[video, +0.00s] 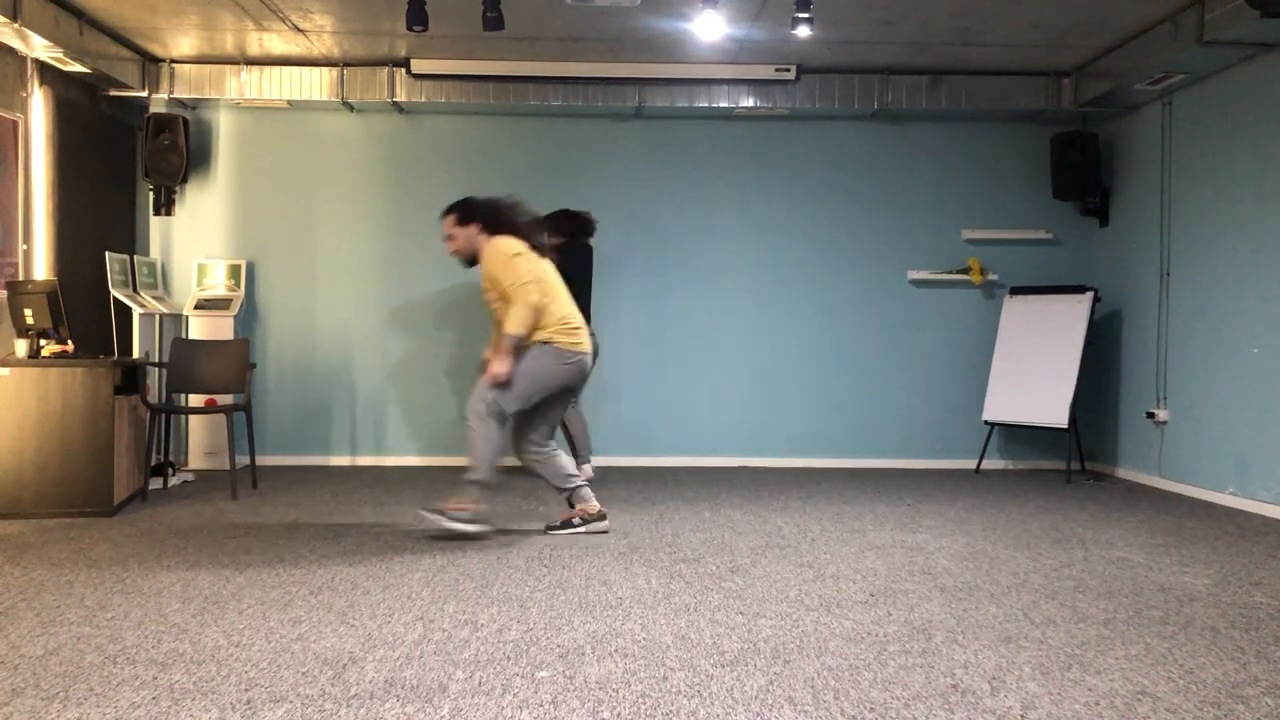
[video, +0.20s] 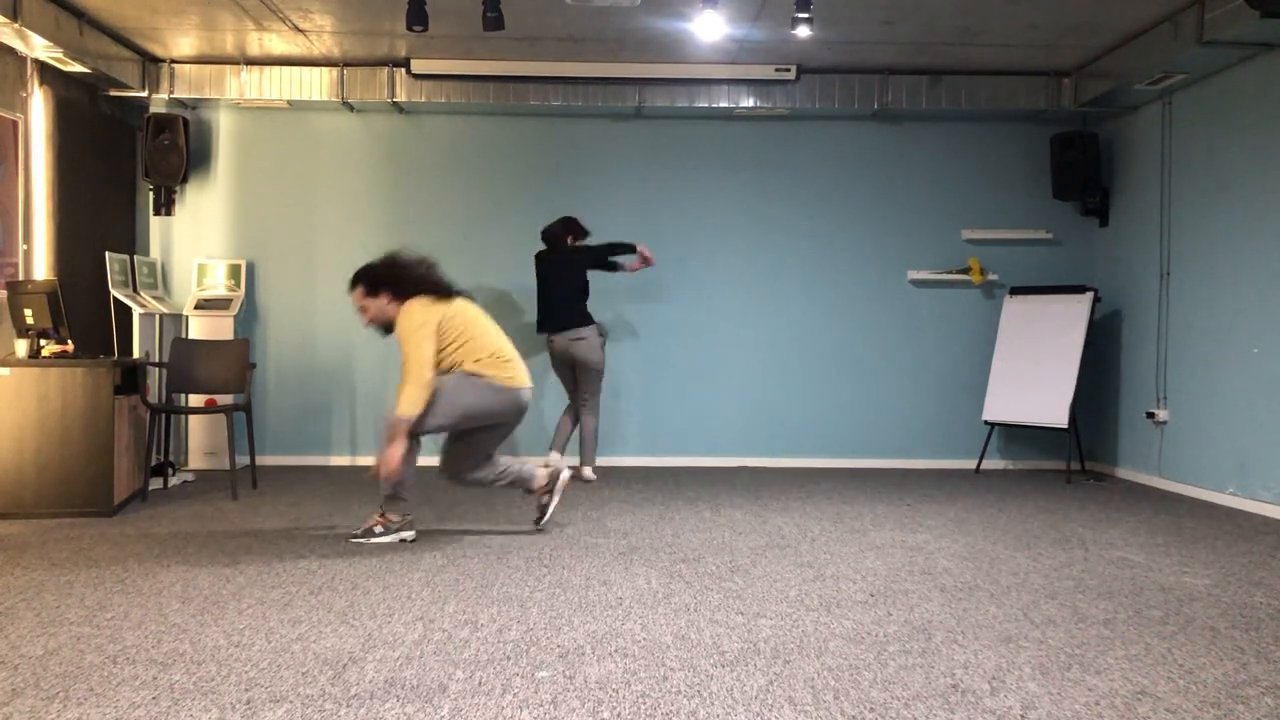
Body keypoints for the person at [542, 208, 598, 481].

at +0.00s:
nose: (545, 239)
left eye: (549, 234)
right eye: (545, 233)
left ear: (561, 234)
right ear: (573, 232)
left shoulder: (574, 254)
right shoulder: (578, 252)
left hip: (576, 337)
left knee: (566, 401)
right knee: (551, 401)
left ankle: (583, 462)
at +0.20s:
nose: (580, 245)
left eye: (580, 241)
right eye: (579, 240)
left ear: (554, 239)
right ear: (570, 239)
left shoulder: (542, 259)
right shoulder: (575, 256)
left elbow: (596, 262)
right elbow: (603, 251)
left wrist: (632, 264)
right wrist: (635, 247)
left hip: (555, 341)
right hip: (583, 337)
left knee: (575, 401)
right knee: (589, 406)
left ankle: (554, 456)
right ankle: (587, 468)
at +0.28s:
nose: (584, 242)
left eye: (585, 237)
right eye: (582, 236)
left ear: (561, 233)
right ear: (571, 232)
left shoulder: (552, 253)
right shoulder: (561, 250)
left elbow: (595, 251)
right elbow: (593, 242)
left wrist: (631, 255)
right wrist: (632, 234)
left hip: (558, 333)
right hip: (573, 332)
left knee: (577, 401)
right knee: (592, 398)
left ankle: (555, 459)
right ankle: (585, 463)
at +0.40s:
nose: (589, 242)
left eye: (592, 237)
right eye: (586, 235)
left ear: (592, 232)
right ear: (573, 229)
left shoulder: (592, 250)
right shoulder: (550, 245)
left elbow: (617, 238)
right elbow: (562, 228)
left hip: (588, 331)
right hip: (561, 329)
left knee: (593, 395)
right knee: (581, 393)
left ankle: (567, 452)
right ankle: (569, 455)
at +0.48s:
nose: (586, 242)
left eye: (590, 237)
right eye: (582, 236)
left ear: (595, 236)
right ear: (568, 233)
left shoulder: (597, 251)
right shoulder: (552, 255)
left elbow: (620, 229)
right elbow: (533, 237)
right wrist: (555, 231)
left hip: (590, 334)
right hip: (558, 333)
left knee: (600, 400)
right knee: (570, 400)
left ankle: (586, 453)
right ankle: (563, 463)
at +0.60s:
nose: (573, 243)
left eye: (579, 238)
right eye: (569, 238)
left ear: (590, 241)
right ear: (564, 241)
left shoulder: (596, 261)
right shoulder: (558, 262)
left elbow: (568, 265)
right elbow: (539, 257)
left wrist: (534, 266)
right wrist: (515, 252)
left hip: (588, 347)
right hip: (556, 345)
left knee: (587, 411)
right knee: (564, 409)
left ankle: (604, 465)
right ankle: (565, 470)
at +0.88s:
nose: (535, 246)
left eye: (540, 241)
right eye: (535, 240)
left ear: (551, 243)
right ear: (557, 242)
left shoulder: (561, 265)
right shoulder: (544, 267)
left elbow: (528, 289)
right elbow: (532, 287)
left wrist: (520, 292)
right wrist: (522, 291)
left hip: (586, 341)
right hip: (561, 342)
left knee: (579, 412)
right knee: (543, 406)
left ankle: (612, 463)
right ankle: (541, 464)